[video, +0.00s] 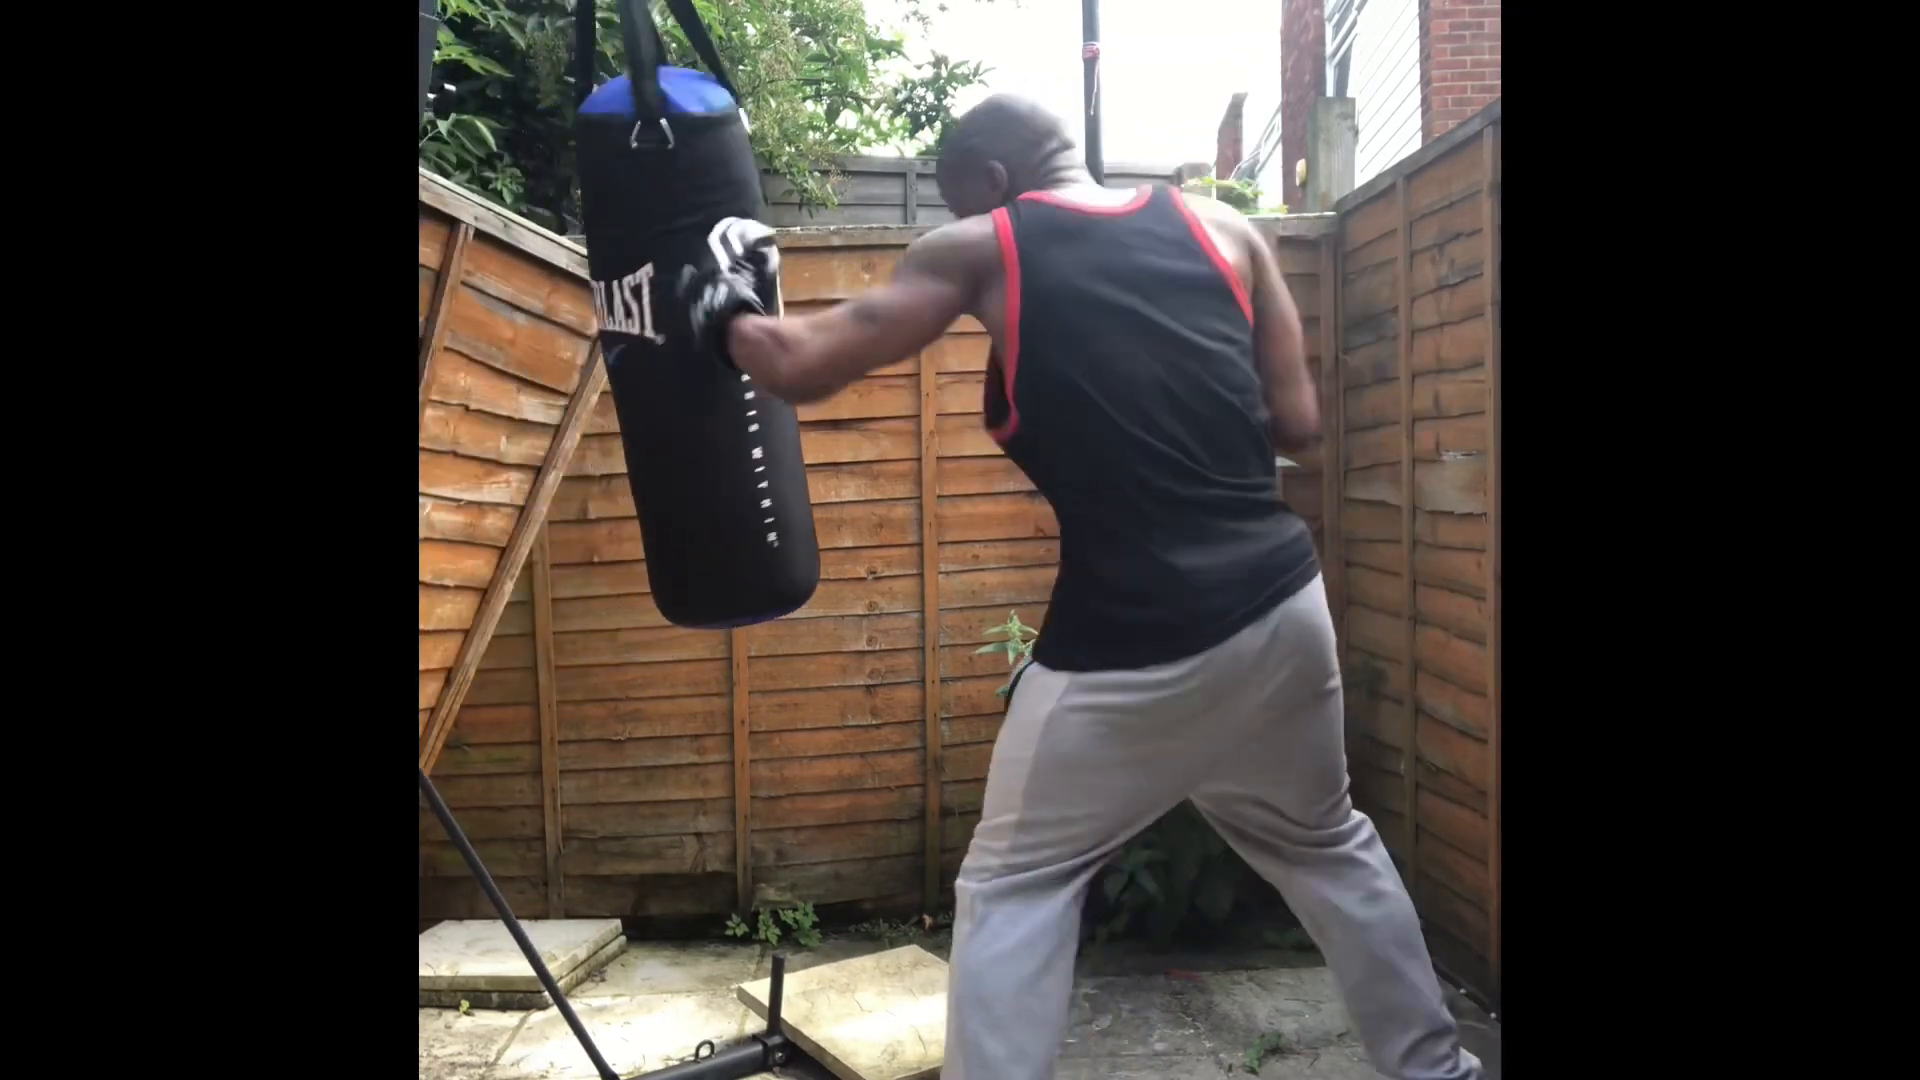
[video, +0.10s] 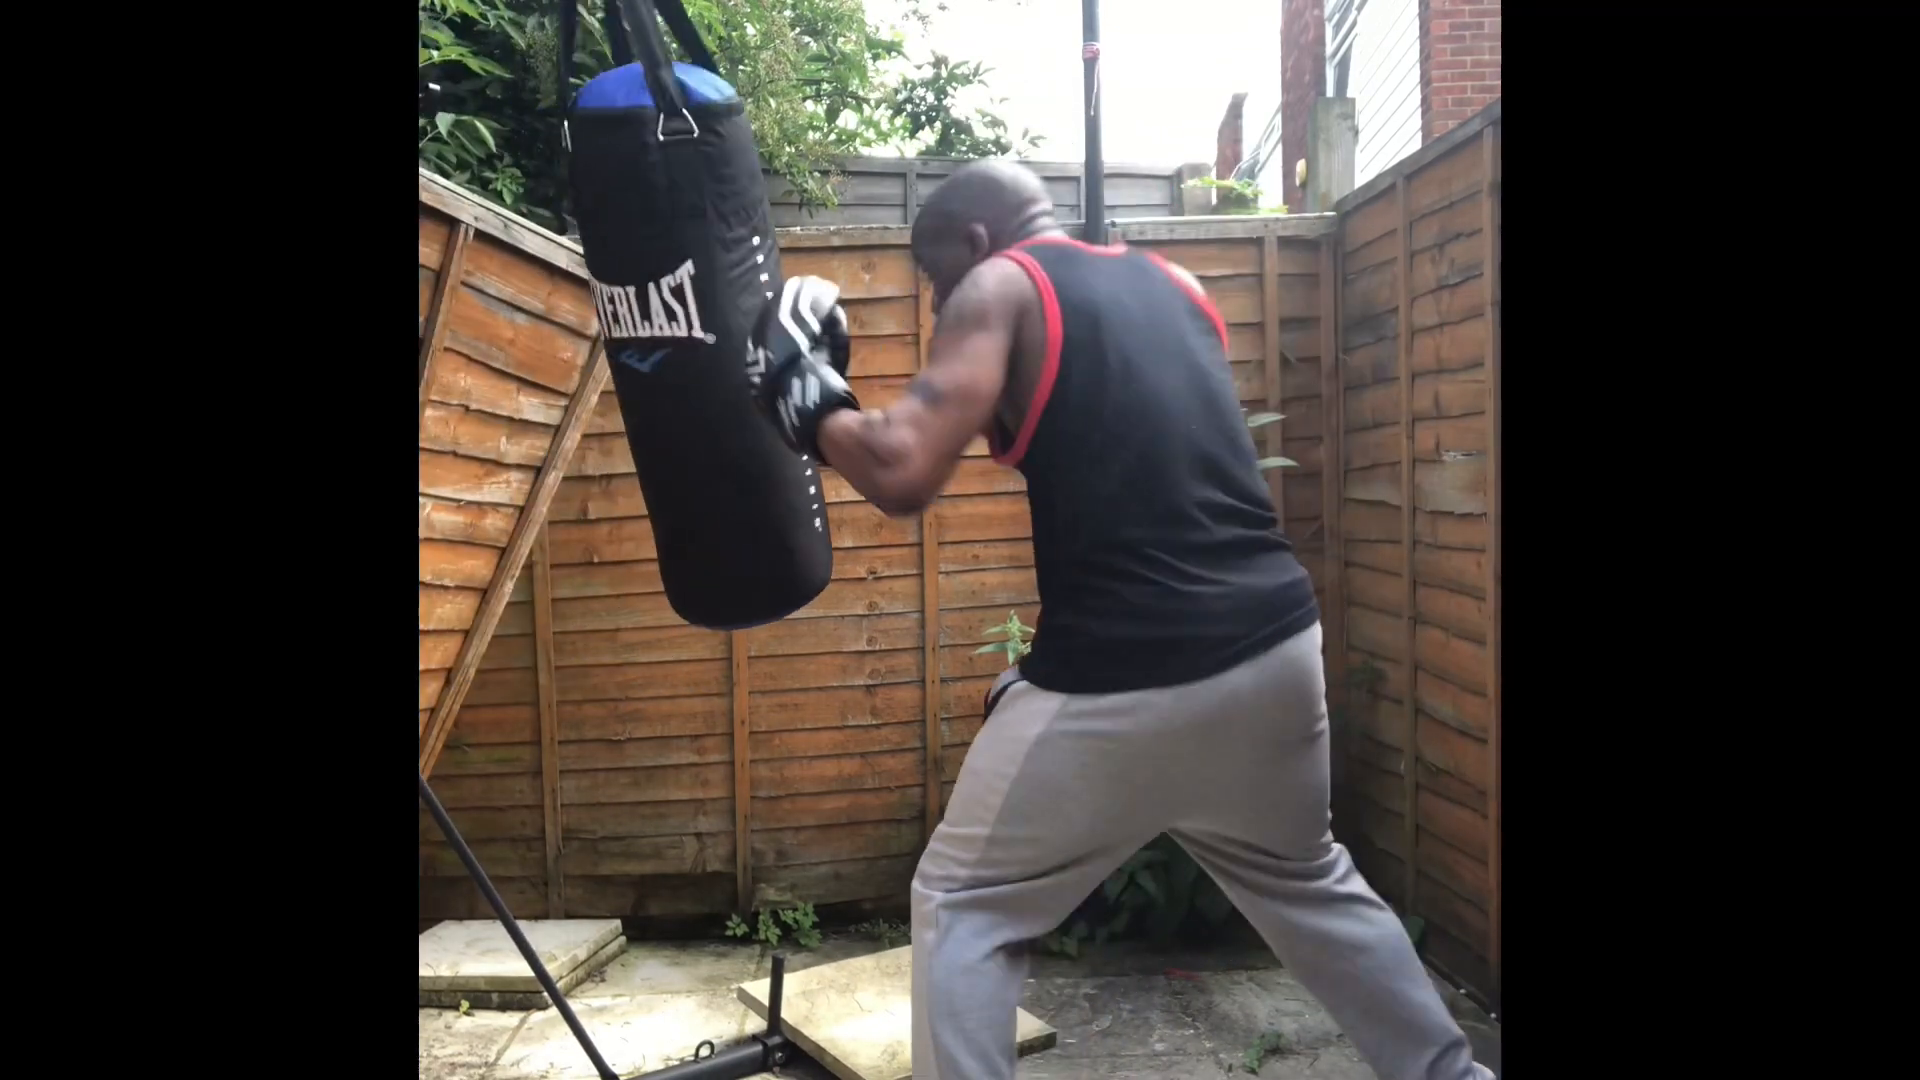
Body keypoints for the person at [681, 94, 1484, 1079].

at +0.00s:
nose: (962, 219)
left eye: (959, 203)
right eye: (957, 203)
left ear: (982, 182)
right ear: (1063, 155)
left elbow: (795, 364)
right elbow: (1300, 421)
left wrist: (717, 304)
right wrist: (1175, 391)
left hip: (1122, 630)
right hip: (1280, 604)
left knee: (1013, 886)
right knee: (1325, 838)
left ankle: (993, 1075)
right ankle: (1437, 1065)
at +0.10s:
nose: (942, 306)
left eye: (942, 285)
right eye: (936, 290)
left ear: (973, 244)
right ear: (1041, 217)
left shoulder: (998, 286)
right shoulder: (1174, 281)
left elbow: (900, 475)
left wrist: (811, 397)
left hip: (1115, 675)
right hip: (1274, 648)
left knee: (963, 906)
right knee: (1308, 877)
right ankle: (1450, 1071)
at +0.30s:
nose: (973, 408)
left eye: (972, 381)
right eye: (961, 390)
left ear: (1016, 334)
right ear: (1066, 312)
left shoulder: (1062, 356)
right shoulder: (1158, 368)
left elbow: (1005, 563)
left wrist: (904, 455)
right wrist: (924, 452)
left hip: (1176, 733)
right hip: (1322, 713)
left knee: (965, 916)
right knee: (1307, 904)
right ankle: (1468, 1068)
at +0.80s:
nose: (1209, 256)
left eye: (1216, 228)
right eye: (1201, 233)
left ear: (1287, 207)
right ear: (1301, 207)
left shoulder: (1325, 269)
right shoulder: (1411, 272)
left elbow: (1261, 468)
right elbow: (1281, 469)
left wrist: (1174, 344)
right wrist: (1187, 352)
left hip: (1363, 646)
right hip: (1460, 639)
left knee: (1193, 880)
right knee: (1400, 880)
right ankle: (1486, 1060)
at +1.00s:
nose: (1190, 266)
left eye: (1199, 234)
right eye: (1185, 239)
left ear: (1273, 211)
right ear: (1291, 211)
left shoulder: (1317, 280)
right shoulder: (1400, 274)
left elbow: (1300, 478)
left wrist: (1180, 410)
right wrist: (1229, 375)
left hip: (1363, 640)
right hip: (1462, 635)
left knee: (1155, 857)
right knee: (1396, 874)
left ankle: (1139, 1068)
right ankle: (1485, 1062)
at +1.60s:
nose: (933, 256)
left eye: (942, 222)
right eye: (923, 232)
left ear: (1035, 196)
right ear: (1033, 203)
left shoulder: (1182, 302)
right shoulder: (1062, 303)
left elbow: (1176, 536)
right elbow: (1068, 452)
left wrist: (1018, 433)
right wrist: (909, 401)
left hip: (1226, 651)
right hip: (1171, 642)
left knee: (1058, 895)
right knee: (1253, 872)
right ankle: (1453, 1029)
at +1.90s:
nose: (1089, 247)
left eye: (1093, 217)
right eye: (1081, 223)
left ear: (1162, 196)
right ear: (1187, 196)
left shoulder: (1221, 284)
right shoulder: (1310, 265)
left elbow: (1168, 499)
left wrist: (1063, 381)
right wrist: (1124, 375)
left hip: (1245, 665)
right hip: (1351, 649)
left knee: (1086, 889)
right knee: (1330, 878)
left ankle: (1057, 1068)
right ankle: (1458, 1066)